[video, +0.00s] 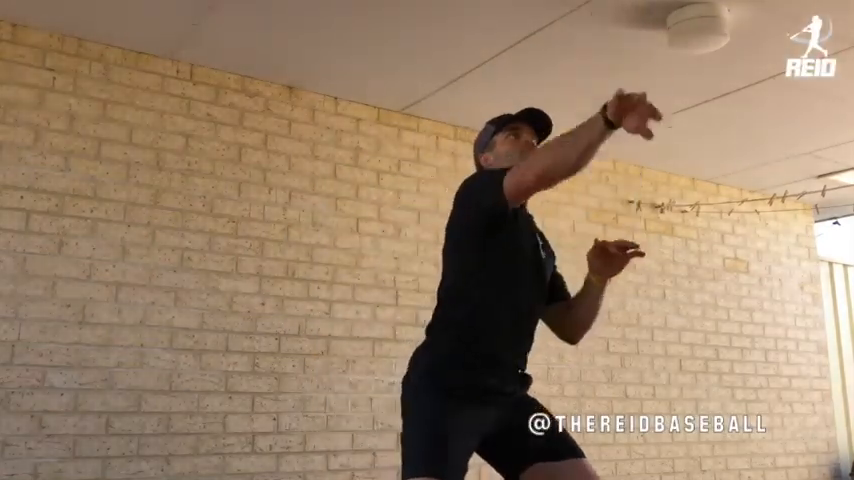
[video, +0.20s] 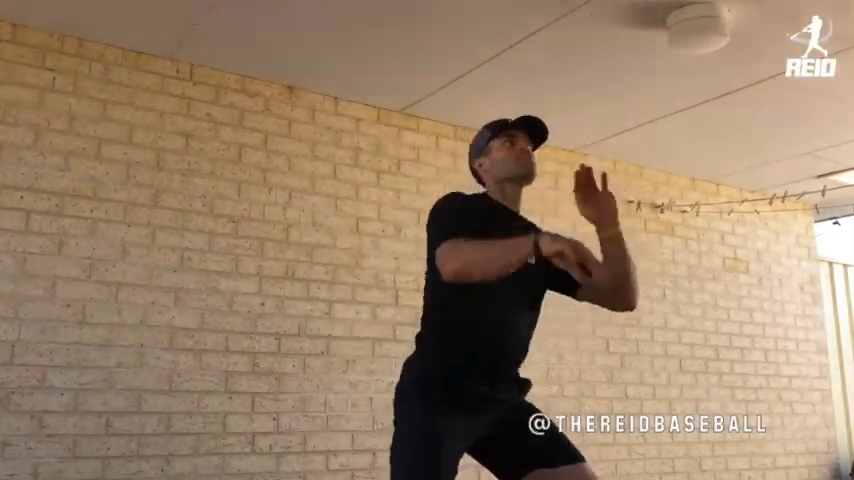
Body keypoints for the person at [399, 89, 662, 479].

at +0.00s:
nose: (529, 145)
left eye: (535, 139)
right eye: (513, 135)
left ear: (541, 153)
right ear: (485, 157)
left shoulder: (534, 243)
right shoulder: (477, 196)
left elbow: (570, 328)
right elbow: (543, 170)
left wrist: (596, 279)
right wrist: (608, 119)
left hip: (503, 393)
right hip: (444, 385)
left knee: (577, 473)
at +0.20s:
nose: (526, 147)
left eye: (528, 143)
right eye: (509, 141)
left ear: (533, 164)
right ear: (482, 165)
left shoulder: (536, 243)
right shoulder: (455, 208)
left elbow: (620, 297)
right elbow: (453, 264)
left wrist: (608, 228)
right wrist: (536, 245)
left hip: (499, 400)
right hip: (434, 396)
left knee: (576, 475)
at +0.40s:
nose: (520, 163)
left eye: (523, 160)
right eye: (504, 158)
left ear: (529, 182)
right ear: (475, 184)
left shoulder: (552, 250)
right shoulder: (435, 240)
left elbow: (651, 217)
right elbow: (367, 302)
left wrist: (714, 150)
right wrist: (425, 304)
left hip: (483, 417)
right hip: (413, 402)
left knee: (568, 478)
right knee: (385, 476)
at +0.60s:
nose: (520, 160)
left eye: (524, 157)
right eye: (504, 154)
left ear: (531, 179)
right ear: (475, 179)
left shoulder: (550, 249)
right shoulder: (437, 241)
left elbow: (648, 267)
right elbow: (386, 319)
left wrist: (668, 206)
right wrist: (460, 309)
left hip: (489, 415)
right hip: (419, 403)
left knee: (570, 475)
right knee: (394, 475)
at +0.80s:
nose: (537, 172)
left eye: (540, 166)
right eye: (519, 164)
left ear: (546, 183)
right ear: (489, 186)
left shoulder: (546, 277)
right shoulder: (464, 226)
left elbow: (575, 350)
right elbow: (463, 233)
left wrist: (629, 352)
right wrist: (562, 220)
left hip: (486, 419)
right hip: (419, 407)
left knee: (570, 475)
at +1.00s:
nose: (532, 177)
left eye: (534, 171)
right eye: (514, 168)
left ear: (542, 182)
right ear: (483, 189)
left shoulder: (522, 272)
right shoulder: (478, 230)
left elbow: (527, 354)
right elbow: (555, 190)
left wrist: (582, 352)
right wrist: (641, 122)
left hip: (478, 423)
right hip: (417, 415)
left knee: (570, 475)